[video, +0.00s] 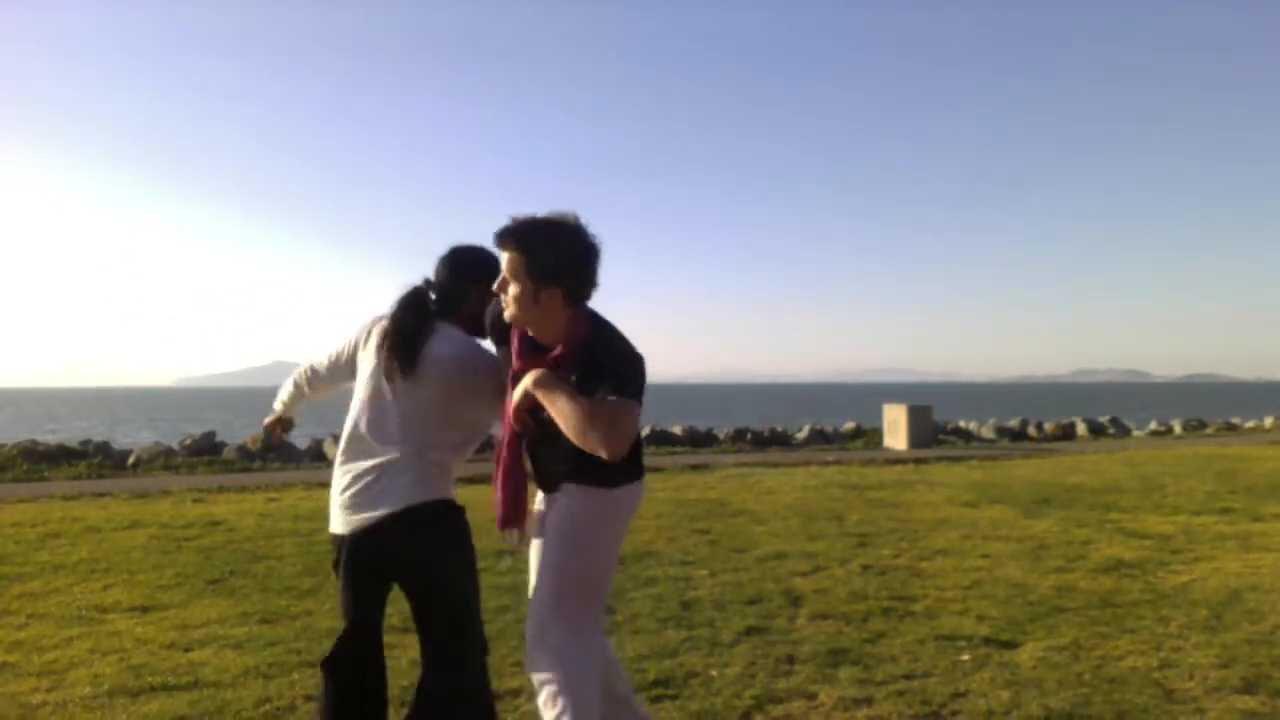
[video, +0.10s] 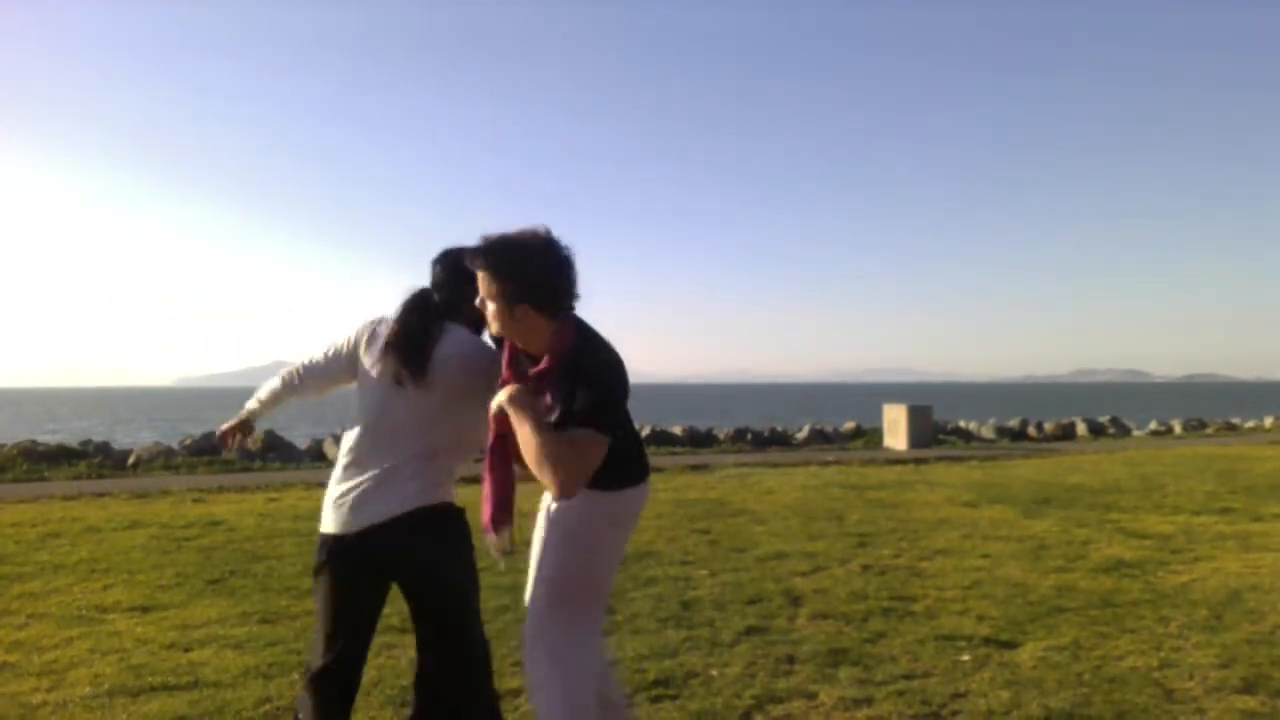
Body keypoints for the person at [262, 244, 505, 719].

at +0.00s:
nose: (501, 304)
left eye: (502, 294)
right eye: (497, 293)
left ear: (438, 288)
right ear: (478, 296)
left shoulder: (381, 331)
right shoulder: (478, 362)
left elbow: (314, 375)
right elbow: (523, 424)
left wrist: (280, 412)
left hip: (355, 517)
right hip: (427, 515)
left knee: (357, 644)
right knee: (455, 651)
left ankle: (348, 714)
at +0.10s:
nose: (492, 309)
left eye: (493, 297)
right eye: (489, 297)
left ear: (435, 289)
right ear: (474, 297)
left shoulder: (376, 335)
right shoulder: (483, 358)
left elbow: (298, 376)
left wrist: (246, 416)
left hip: (349, 523)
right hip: (428, 522)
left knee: (334, 667)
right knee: (454, 664)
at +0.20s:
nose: (477, 302)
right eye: (475, 294)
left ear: (422, 289)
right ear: (470, 297)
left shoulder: (378, 337)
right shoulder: (482, 353)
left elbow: (292, 378)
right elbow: (512, 430)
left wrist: (217, 420)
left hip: (352, 525)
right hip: (434, 524)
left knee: (321, 672)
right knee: (452, 652)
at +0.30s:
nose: (392, 303)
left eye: (394, 295)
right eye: (392, 297)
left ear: (405, 293)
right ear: (456, 293)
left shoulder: (381, 336)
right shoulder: (479, 347)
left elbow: (294, 381)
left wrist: (209, 426)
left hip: (364, 515)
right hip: (444, 516)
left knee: (326, 660)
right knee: (445, 643)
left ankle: (318, 710)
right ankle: (442, 715)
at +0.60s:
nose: (360, 285)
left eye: (368, 272)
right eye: (358, 274)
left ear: (405, 269)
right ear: (409, 275)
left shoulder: (408, 323)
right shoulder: (456, 322)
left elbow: (357, 390)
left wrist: (254, 443)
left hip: (409, 513)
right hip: (453, 511)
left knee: (339, 654)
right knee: (423, 656)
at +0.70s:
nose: (370, 284)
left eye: (379, 271)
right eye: (363, 274)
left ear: (412, 267)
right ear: (359, 277)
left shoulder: (421, 321)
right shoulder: (442, 321)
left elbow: (400, 392)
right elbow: (493, 406)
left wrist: (306, 436)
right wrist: (508, 485)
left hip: (426, 515)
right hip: (447, 514)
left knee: (348, 654)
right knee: (425, 653)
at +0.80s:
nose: (383, 286)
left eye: (394, 272)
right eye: (372, 275)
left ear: (421, 272)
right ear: (363, 279)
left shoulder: (429, 327)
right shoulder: (401, 334)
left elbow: (432, 404)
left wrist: (343, 444)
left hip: (444, 510)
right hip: (423, 508)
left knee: (367, 654)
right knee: (426, 654)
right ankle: (442, 719)